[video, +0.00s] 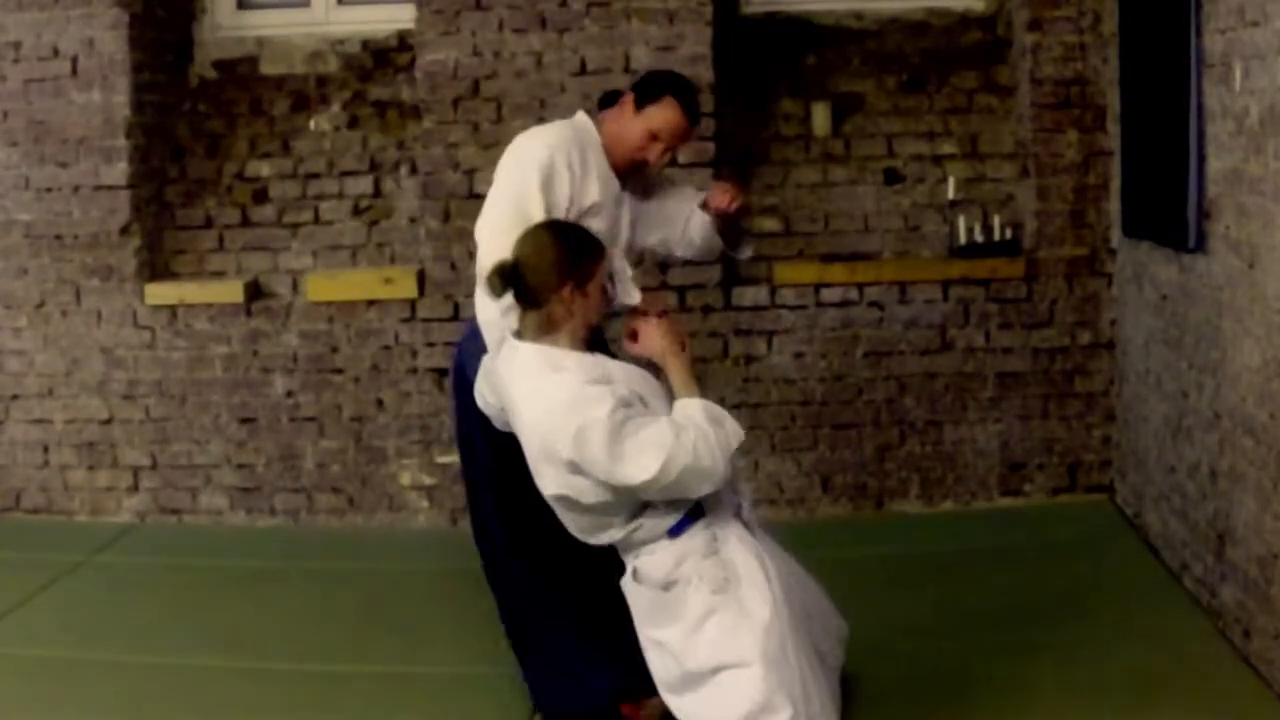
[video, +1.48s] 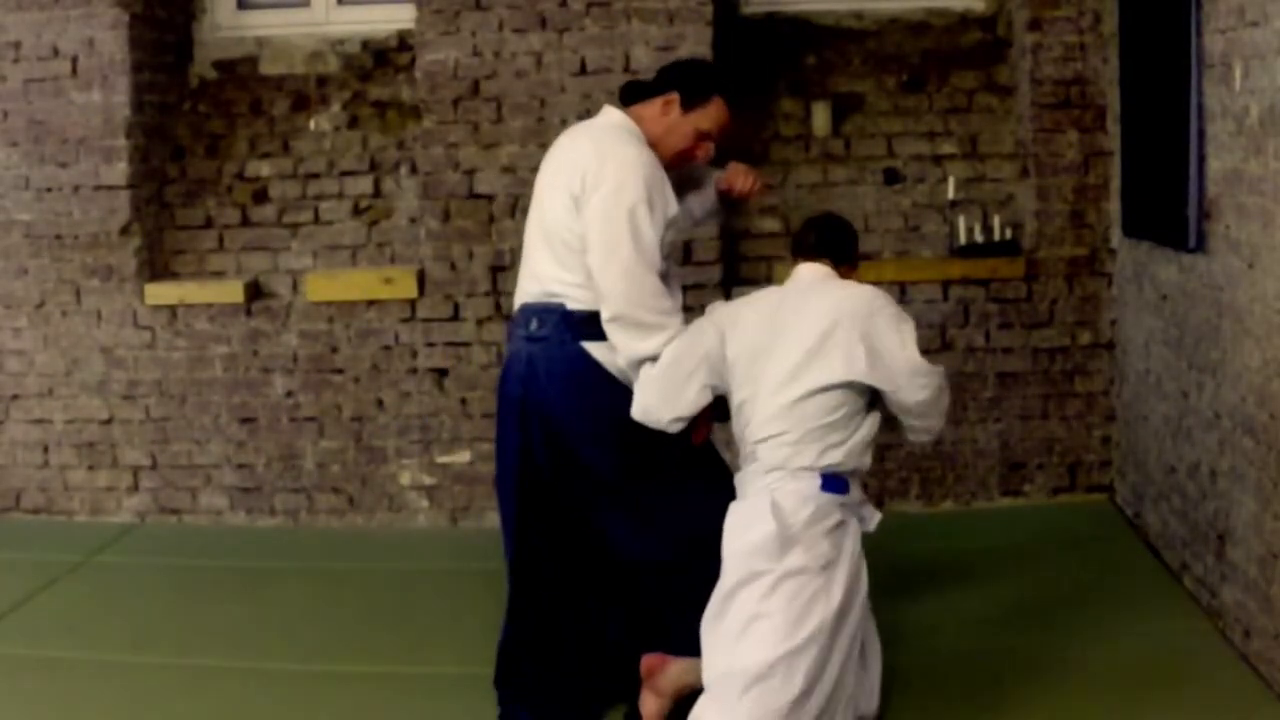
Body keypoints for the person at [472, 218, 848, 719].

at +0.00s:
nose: (607, 295)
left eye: (605, 281)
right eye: (600, 283)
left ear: (540, 294)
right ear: (569, 295)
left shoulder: (513, 362)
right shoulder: (579, 405)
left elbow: (486, 395)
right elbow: (694, 462)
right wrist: (676, 363)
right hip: (696, 563)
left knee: (821, 639)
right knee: (769, 693)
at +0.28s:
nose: (664, 309)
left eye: (661, 296)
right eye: (656, 298)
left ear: (606, 306)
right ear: (623, 305)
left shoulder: (569, 370)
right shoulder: (613, 415)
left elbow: (529, 409)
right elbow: (736, 472)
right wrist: (706, 376)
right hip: (723, 585)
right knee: (777, 703)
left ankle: (668, 684)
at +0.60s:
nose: (756, 290)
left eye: (754, 276)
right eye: (753, 276)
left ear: (677, 276)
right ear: (730, 279)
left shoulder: (643, 327)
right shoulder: (706, 384)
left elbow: (588, 411)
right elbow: (812, 444)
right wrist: (784, 357)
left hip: (705, 565)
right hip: (755, 576)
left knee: (846, 700)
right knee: (779, 704)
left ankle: (678, 681)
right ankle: (674, 686)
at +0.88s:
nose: (801, 281)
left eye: (803, 268)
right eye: (803, 268)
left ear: (726, 254)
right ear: (787, 267)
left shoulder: (669, 323)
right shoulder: (770, 353)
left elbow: (607, 415)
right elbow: (867, 427)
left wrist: (679, 368)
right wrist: (821, 355)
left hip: (715, 551)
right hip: (776, 558)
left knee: (853, 689)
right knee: (777, 697)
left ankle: (678, 677)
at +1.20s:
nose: (841, 271)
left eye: (840, 261)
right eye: (841, 261)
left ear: (779, 250)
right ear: (834, 259)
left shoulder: (717, 315)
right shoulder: (843, 316)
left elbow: (635, 408)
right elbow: (914, 405)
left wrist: (690, 400)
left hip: (740, 516)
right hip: (806, 521)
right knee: (779, 679)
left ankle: (679, 675)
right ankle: (682, 676)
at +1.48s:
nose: (855, 272)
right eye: (855, 264)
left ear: (793, 256)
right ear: (852, 263)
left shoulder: (736, 315)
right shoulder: (864, 306)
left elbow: (654, 404)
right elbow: (926, 403)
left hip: (754, 504)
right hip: (819, 508)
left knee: (850, 665)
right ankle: (681, 674)